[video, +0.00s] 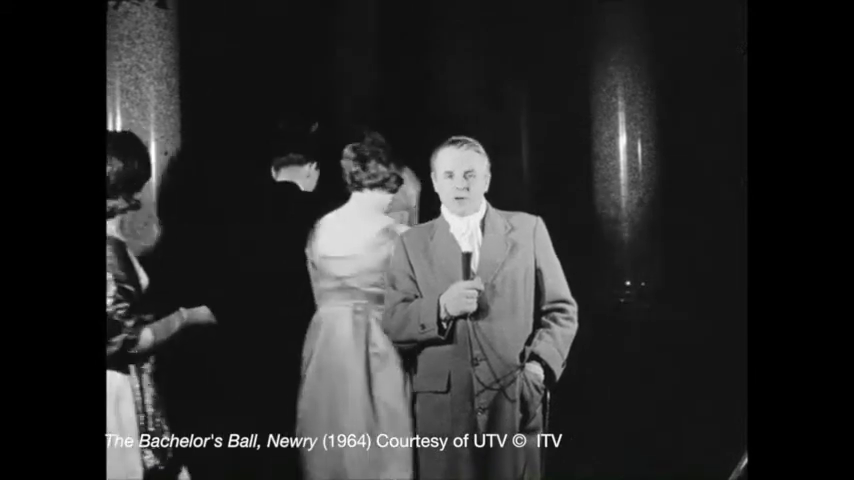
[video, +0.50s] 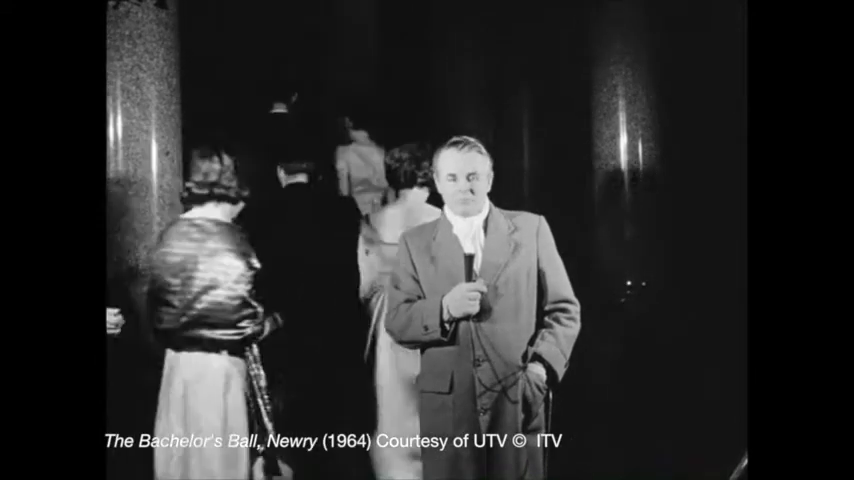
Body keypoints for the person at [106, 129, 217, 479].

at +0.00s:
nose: (136, 204)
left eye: (136, 193)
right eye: (131, 194)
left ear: (119, 190)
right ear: (112, 191)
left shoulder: (118, 249)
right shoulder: (112, 251)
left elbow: (128, 330)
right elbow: (120, 344)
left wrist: (179, 317)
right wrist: (184, 317)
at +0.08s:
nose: (160, 197)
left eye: (160, 186)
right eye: (158, 187)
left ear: (117, 183)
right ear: (144, 190)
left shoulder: (122, 245)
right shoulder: (122, 252)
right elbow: (146, 342)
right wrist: (204, 318)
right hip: (128, 386)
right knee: (140, 467)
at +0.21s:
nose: (189, 196)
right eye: (187, 188)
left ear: (136, 186)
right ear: (179, 194)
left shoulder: (126, 238)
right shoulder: (154, 248)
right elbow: (191, 335)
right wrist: (234, 317)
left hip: (131, 369)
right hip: (163, 374)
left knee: (138, 465)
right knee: (170, 467)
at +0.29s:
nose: (204, 204)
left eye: (204, 196)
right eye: (203, 196)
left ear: (155, 188)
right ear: (197, 196)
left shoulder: (133, 241)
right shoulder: (183, 249)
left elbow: (128, 319)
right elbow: (209, 335)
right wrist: (248, 317)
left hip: (143, 365)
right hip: (185, 371)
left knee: (144, 460)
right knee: (190, 463)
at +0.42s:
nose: (227, 201)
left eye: (227, 192)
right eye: (225, 193)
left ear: (174, 190)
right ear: (216, 195)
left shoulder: (154, 237)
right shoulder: (210, 241)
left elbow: (135, 304)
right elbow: (226, 327)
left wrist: (146, 349)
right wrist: (261, 320)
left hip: (163, 358)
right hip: (207, 362)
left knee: (165, 452)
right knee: (212, 455)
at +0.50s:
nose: (243, 208)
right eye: (241, 200)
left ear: (193, 192)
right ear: (235, 199)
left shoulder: (170, 235)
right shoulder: (230, 241)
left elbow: (152, 298)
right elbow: (239, 321)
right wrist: (273, 320)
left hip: (177, 356)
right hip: (222, 360)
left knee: (180, 448)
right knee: (226, 450)